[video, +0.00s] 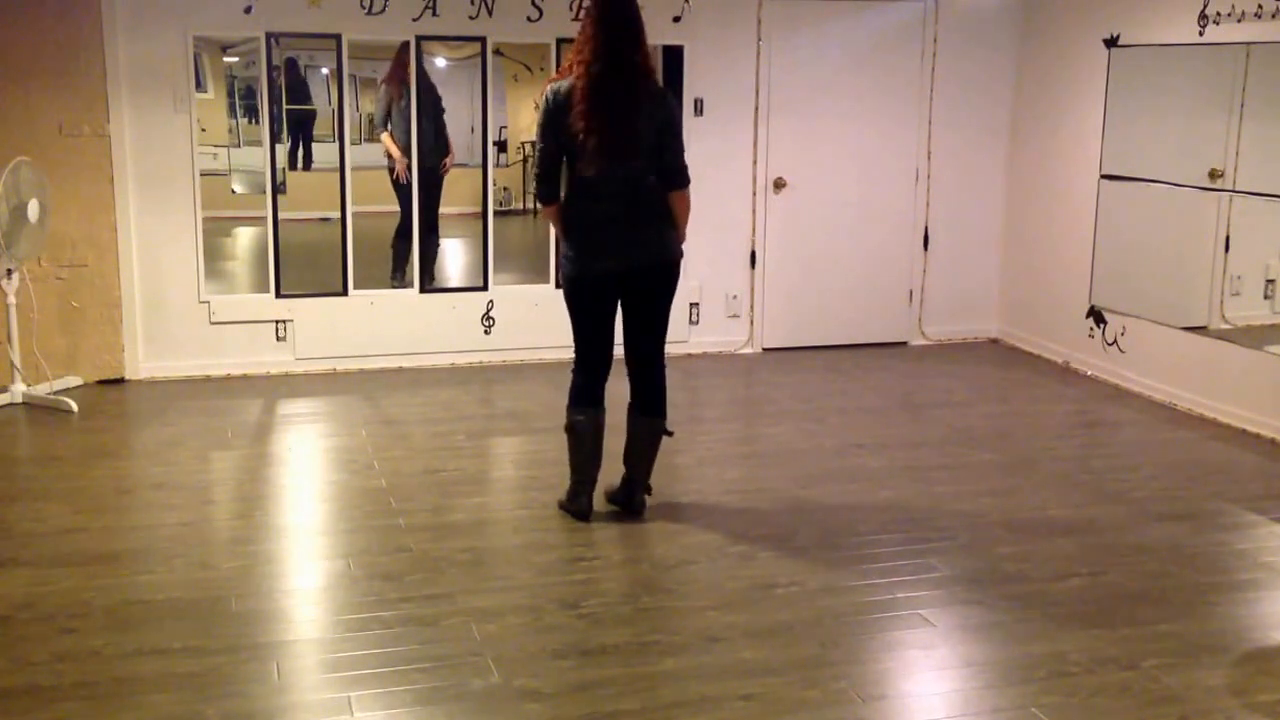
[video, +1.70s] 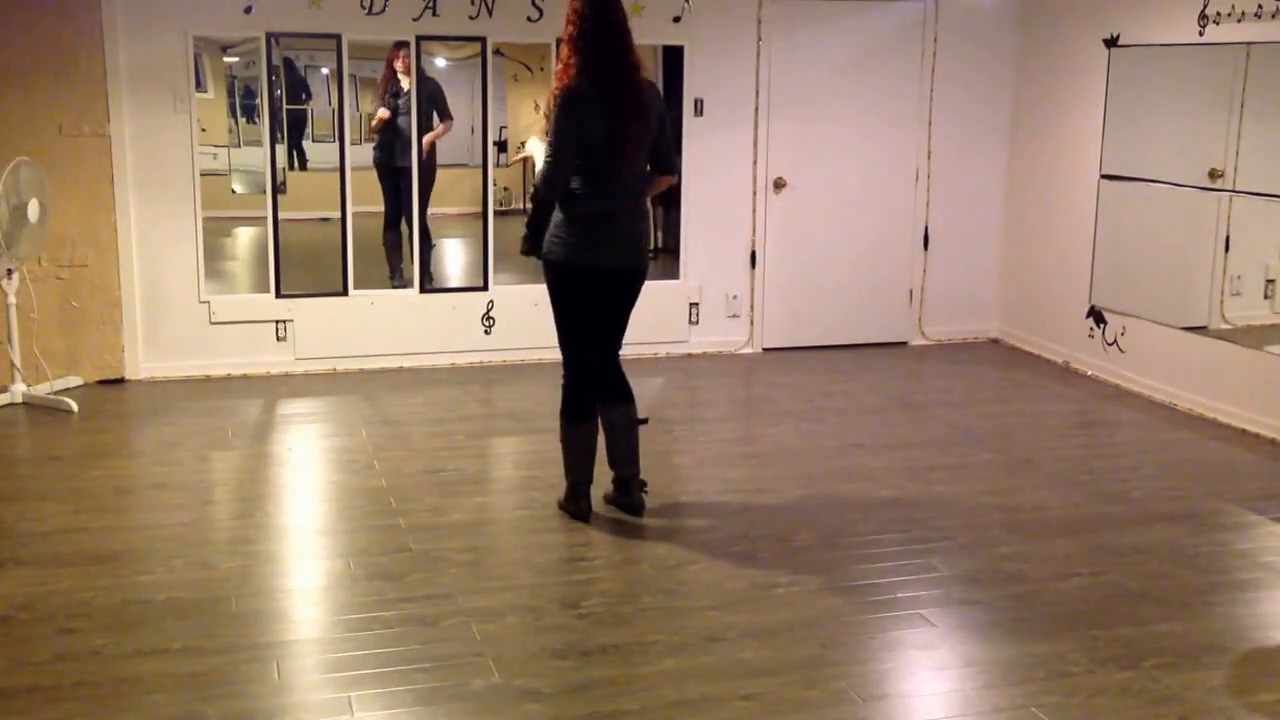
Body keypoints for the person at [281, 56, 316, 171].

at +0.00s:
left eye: (284, 67)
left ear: (285, 67)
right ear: (297, 66)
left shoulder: (283, 82)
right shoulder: (302, 80)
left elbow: (280, 100)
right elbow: (308, 97)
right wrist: (311, 109)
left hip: (292, 113)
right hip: (307, 112)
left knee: (294, 142)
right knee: (307, 143)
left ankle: (292, 169)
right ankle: (306, 169)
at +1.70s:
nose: (282, 70)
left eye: (282, 68)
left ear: (283, 67)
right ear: (293, 65)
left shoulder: (282, 79)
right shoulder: (300, 77)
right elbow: (308, 94)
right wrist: (304, 101)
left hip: (287, 112)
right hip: (300, 112)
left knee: (288, 143)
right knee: (298, 142)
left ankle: (290, 168)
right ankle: (303, 166)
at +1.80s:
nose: (283, 70)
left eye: (283, 67)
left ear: (283, 67)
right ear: (294, 66)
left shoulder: (282, 81)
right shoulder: (300, 78)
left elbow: (278, 97)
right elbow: (311, 91)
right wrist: (304, 99)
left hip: (289, 113)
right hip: (303, 112)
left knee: (291, 143)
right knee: (302, 142)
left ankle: (290, 168)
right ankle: (305, 167)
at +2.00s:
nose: (284, 70)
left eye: (283, 67)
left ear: (283, 67)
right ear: (294, 65)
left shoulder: (282, 81)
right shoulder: (300, 77)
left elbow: (278, 96)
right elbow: (311, 91)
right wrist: (304, 98)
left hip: (289, 112)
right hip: (303, 112)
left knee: (291, 143)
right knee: (304, 142)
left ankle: (291, 168)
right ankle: (305, 168)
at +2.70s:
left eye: (283, 67)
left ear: (283, 67)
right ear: (294, 66)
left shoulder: (281, 82)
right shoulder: (300, 80)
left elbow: (278, 100)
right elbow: (305, 96)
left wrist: (280, 115)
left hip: (290, 115)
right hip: (304, 114)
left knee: (292, 145)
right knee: (305, 144)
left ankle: (291, 170)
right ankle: (306, 169)